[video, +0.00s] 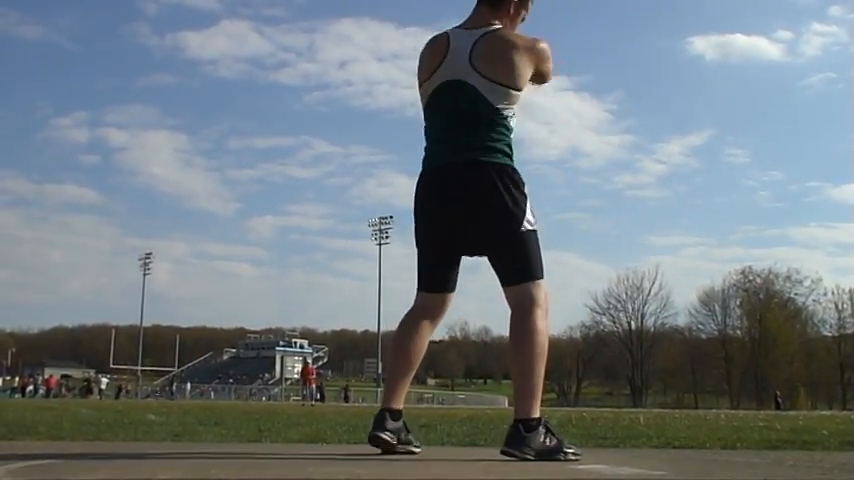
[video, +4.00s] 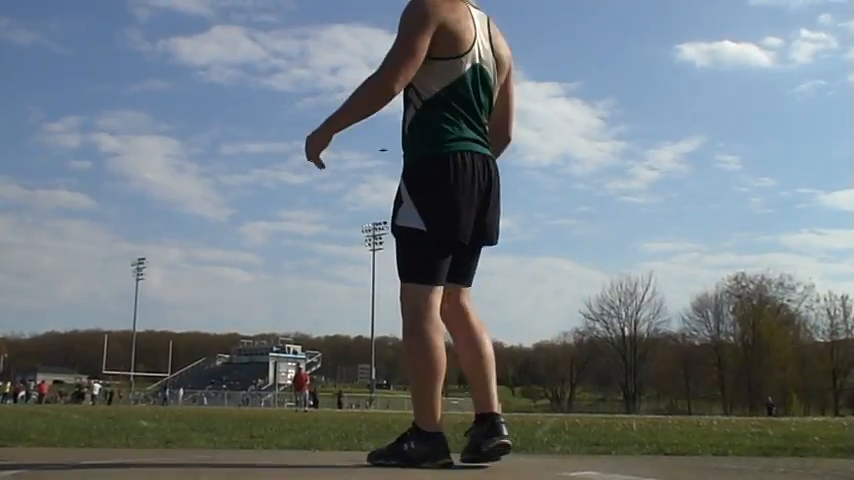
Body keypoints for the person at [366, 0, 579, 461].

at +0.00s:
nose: (526, 16)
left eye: (526, 10)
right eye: (527, 10)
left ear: (480, 3)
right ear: (515, 7)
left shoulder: (432, 47)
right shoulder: (524, 47)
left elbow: (433, 98)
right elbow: (541, 76)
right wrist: (517, 50)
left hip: (434, 187)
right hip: (492, 183)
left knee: (427, 307)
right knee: (530, 303)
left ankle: (388, 418)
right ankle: (528, 428)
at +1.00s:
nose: (550, 49)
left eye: (548, 42)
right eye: (550, 42)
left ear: (504, 37)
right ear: (542, 42)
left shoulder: (463, 79)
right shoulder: (537, 89)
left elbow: (437, 147)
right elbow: (581, 149)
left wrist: (490, 155)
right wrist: (636, 198)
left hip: (442, 213)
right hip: (494, 211)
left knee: (460, 327)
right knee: (551, 323)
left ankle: (380, 412)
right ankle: (525, 431)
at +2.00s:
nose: (542, 39)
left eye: (544, 30)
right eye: (541, 28)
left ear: (502, 20)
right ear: (520, 21)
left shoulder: (465, 68)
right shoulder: (520, 71)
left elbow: (513, 140)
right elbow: (579, 122)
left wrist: (581, 144)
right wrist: (647, 155)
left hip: (430, 203)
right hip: (476, 200)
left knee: (464, 319)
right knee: (538, 307)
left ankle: (391, 412)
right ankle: (527, 434)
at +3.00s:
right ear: (488, 4)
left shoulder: (446, 18)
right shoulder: (495, 36)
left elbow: (368, 15)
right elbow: (497, 36)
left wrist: (291, 13)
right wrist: (502, 25)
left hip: (428, 150)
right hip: (473, 160)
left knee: (396, 273)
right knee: (450, 286)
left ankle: (383, 385)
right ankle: (439, 406)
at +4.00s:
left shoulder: (431, 8)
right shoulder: (500, 42)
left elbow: (388, 83)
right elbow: (501, 134)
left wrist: (326, 130)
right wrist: (459, 162)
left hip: (434, 173)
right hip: (481, 177)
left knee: (420, 308)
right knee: (457, 301)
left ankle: (427, 434)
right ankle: (491, 425)